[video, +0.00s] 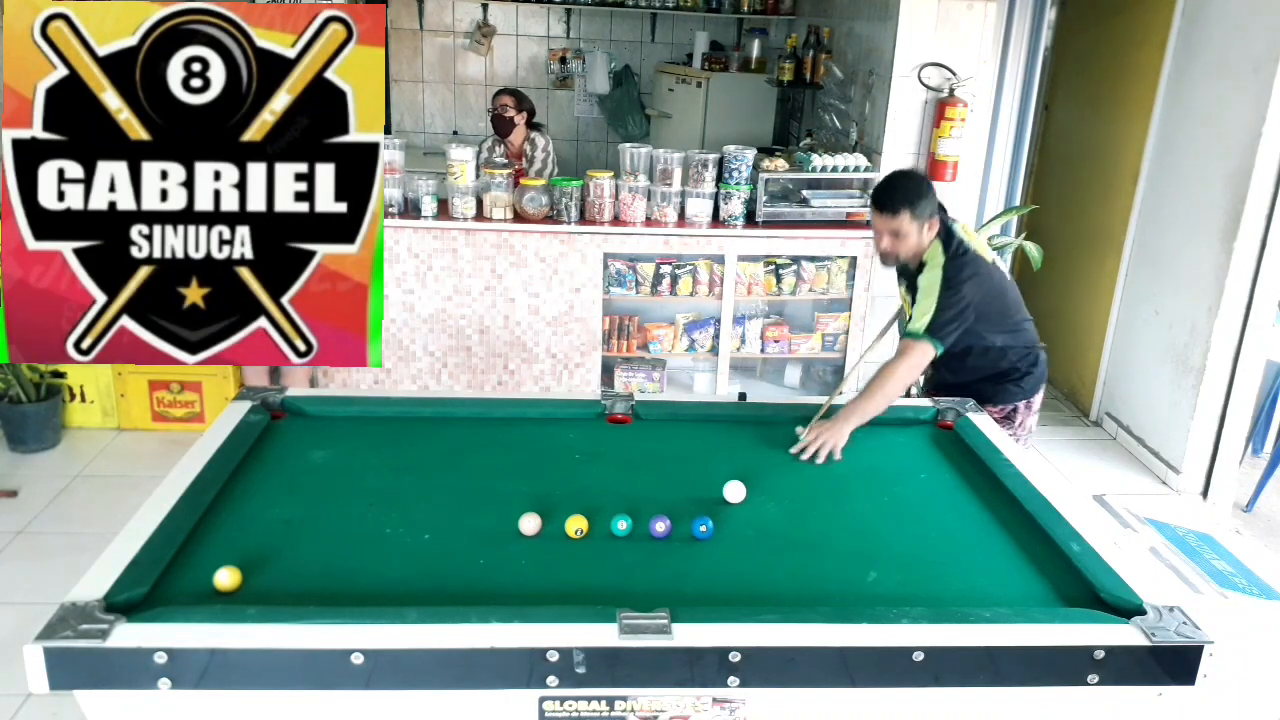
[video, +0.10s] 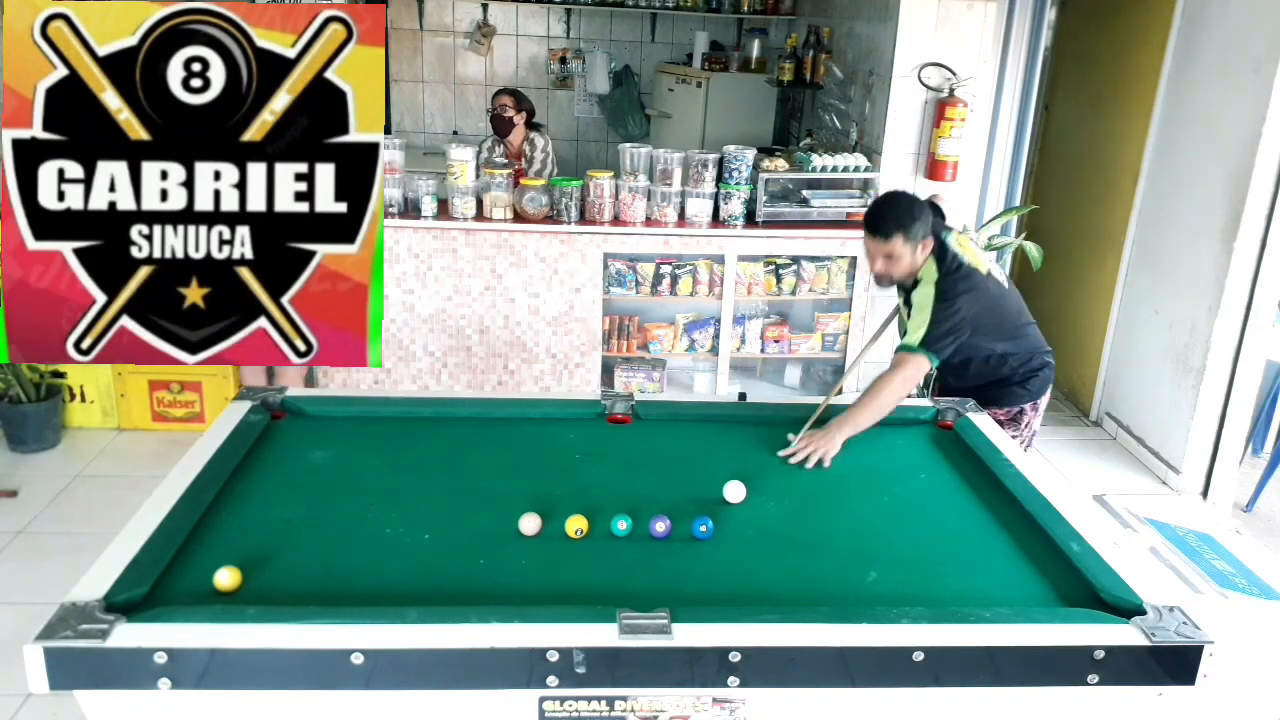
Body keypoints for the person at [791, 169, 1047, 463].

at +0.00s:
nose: (883, 246)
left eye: (895, 235)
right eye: (878, 233)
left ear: (930, 228)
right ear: (873, 222)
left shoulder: (956, 271)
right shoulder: (920, 239)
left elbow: (911, 362)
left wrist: (843, 422)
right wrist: (912, 301)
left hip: (1004, 390)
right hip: (949, 380)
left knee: (985, 495)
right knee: (936, 486)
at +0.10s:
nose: (876, 267)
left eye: (889, 258)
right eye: (871, 254)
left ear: (924, 249)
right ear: (864, 242)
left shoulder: (950, 288)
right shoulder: (921, 236)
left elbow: (906, 374)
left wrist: (835, 432)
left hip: (1013, 386)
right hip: (956, 377)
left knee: (987, 493)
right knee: (941, 482)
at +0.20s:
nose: (871, 289)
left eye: (884, 279)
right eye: (865, 275)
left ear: (919, 267)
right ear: (860, 260)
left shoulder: (944, 307)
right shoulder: (918, 237)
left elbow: (900, 385)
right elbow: (930, 209)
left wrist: (829, 436)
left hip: (1018, 382)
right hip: (961, 373)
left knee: (989, 486)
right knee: (941, 470)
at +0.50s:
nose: (856, 336)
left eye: (869, 325)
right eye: (849, 322)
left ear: (902, 313)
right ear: (844, 306)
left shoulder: (936, 340)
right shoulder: (898, 263)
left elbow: (897, 407)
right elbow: (911, 232)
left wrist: (827, 441)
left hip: (1026, 377)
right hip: (971, 364)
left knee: (991, 477)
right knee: (949, 460)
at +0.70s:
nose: (857, 342)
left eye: (867, 332)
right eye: (849, 329)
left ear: (900, 319)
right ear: (842, 315)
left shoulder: (932, 347)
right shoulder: (897, 268)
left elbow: (900, 413)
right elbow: (909, 232)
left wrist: (828, 442)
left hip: (1026, 378)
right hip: (976, 365)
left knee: (991, 480)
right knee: (951, 463)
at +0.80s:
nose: (856, 344)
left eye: (866, 334)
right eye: (848, 331)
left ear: (900, 321)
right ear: (843, 316)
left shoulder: (933, 348)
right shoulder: (897, 269)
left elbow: (899, 415)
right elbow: (909, 230)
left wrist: (828, 442)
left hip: (1027, 377)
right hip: (978, 363)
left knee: (991, 479)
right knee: (953, 462)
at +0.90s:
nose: (854, 345)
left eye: (866, 336)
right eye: (848, 333)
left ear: (899, 323)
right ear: (843, 317)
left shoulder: (933, 349)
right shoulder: (896, 271)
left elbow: (898, 416)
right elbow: (908, 231)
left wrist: (827, 441)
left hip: (1027, 377)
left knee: (991, 478)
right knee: (952, 462)